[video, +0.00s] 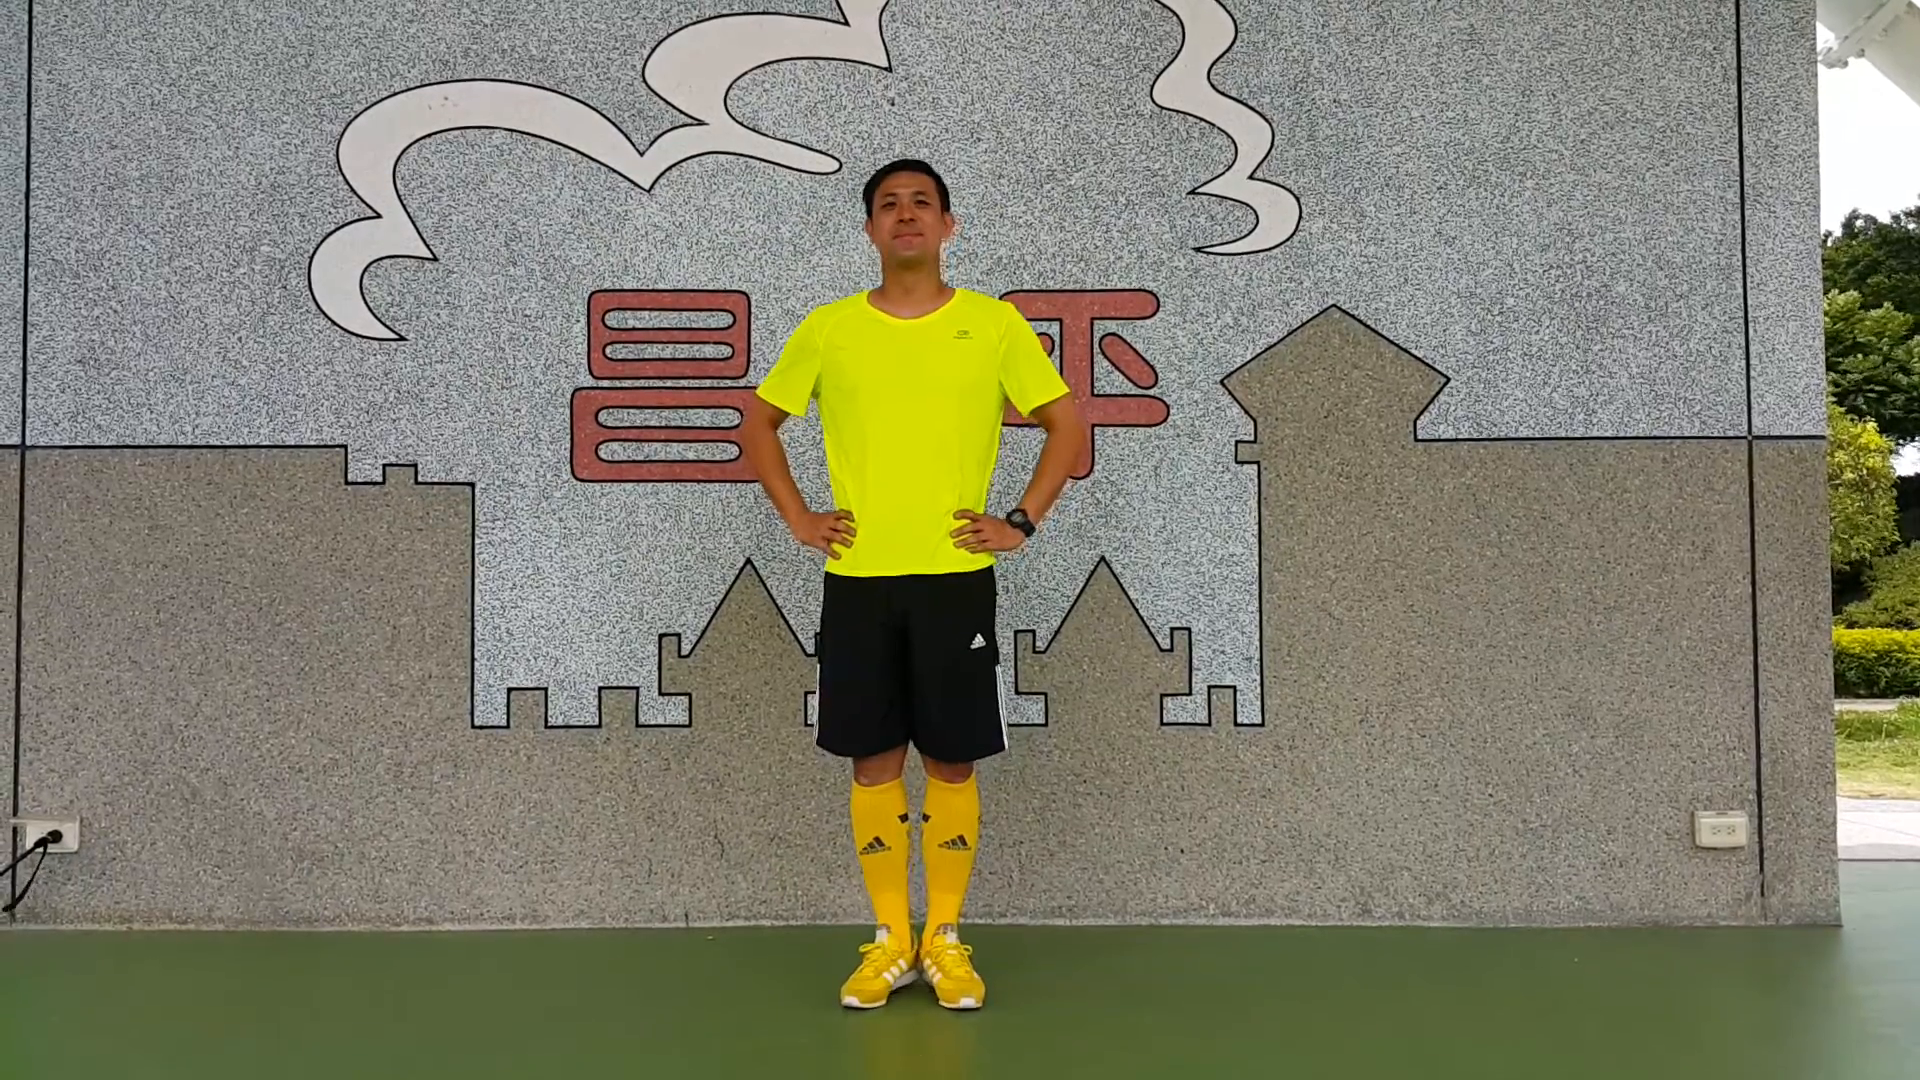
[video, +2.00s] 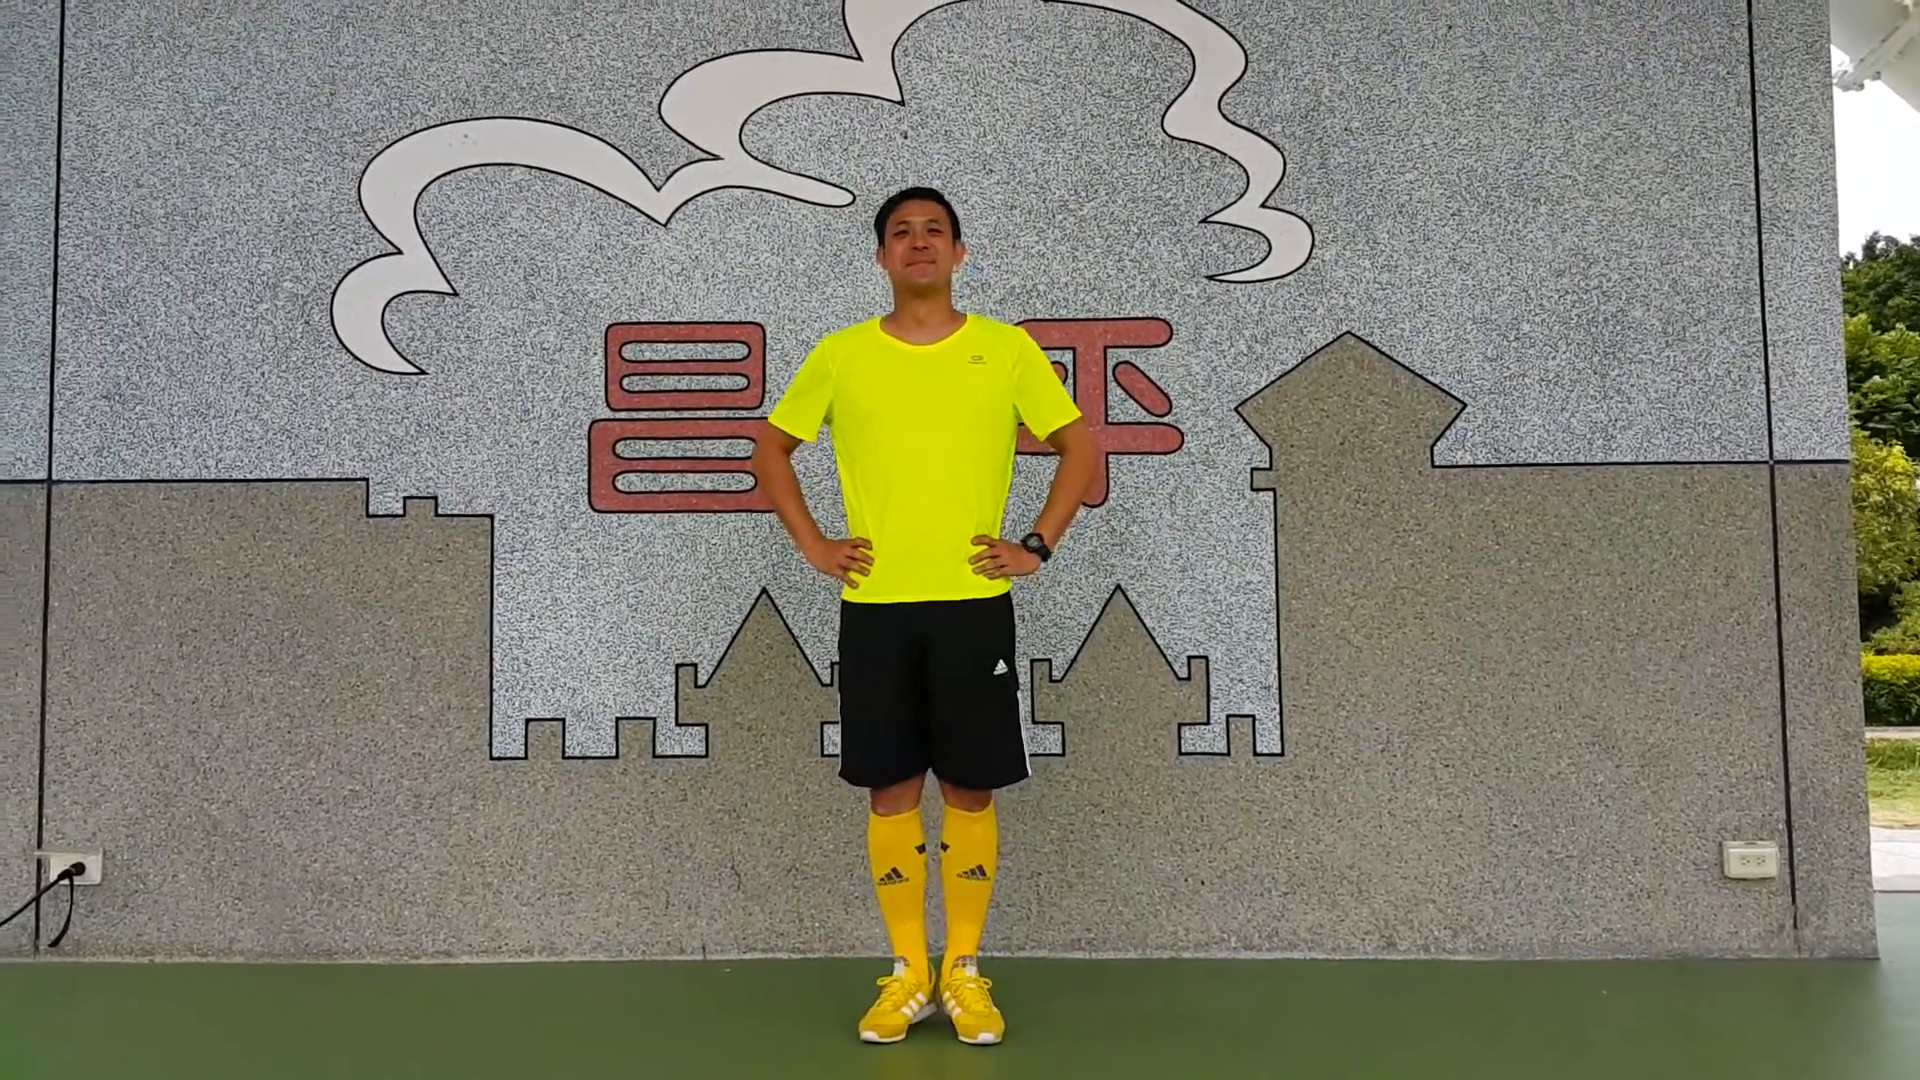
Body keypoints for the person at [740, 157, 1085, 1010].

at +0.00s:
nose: (906, 215)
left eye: (921, 203)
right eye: (890, 205)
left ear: (949, 228)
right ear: (869, 232)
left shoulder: (994, 323)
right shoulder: (830, 326)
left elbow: (1069, 427)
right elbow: (756, 422)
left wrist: (1022, 522)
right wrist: (797, 516)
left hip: (957, 575)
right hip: (861, 574)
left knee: (950, 757)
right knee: (875, 757)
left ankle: (943, 938)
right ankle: (892, 939)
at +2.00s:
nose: (919, 243)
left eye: (934, 232)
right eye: (902, 233)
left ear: (959, 253)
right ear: (881, 258)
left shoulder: (1007, 348)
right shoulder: (842, 354)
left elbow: (1083, 447)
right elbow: (768, 448)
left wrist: (1038, 544)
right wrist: (812, 543)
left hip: (973, 600)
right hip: (877, 602)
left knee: (968, 785)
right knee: (891, 787)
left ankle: (964, 971)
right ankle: (909, 974)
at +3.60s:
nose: (1009, 280)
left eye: (1017, 267)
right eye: (989, 266)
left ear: (1026, 282)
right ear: (949, 279)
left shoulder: (1057, 378)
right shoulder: (897, 375)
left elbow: (1097, 481)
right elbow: (826, 465)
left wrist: (1148, 556)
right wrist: (832, 524)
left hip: (1029, 624)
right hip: (927, 623)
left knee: (1032, 804)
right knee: (928, 807)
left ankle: (1018, 986)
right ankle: (955, 978)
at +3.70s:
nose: (1033, 289)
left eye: (1034, 275)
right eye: (1016, 275)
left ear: (1022, 287)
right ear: (967, 287)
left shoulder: (1049, 384)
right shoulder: (917, 379)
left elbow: (1107, 475)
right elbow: (883, 485)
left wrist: (1178, 492)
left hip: (1026, 628)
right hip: (926, 626)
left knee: (1043, 807)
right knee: (908, 808)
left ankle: (1023, 986)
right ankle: (899, 962)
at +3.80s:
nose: (1029, 292)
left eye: (1031, 279)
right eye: (1013, 277)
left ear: (1023, 287)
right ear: (970, 281)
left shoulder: (1046, 372)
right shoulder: (924, 352)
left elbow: (1134, 386)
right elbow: (939, 368)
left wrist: (1173, 318)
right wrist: (1025, 272)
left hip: (1016, 617)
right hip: (928, 611)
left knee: (1044, 803)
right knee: (894, 798)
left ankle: (1029, 986)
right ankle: (804, 941)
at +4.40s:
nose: (1026, 274)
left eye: (1035, 262)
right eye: (1007, 263)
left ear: (1048, 277)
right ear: (970, 282)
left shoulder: (1075, 363)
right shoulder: (942, 354)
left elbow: (1185, 346)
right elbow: (869, 330)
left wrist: (1159, 260)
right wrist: (920, 221)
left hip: (1041, 614)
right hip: (945, 607)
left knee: (1068, 809)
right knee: (893, 799)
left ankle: (1053, 999)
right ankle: (849, 976)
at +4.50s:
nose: (999, 271)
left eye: (1013, 257)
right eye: (983, 262)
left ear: (1043, 272)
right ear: (967, 286)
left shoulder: (1091, 363)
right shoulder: (937, 365)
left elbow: (1181, 437)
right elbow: (868, 450)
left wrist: (1170, 364)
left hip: (1045, 612)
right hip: (942, 607)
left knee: (1063, 809)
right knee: (917, 802)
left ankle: (1052, 999)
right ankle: (923, 997)